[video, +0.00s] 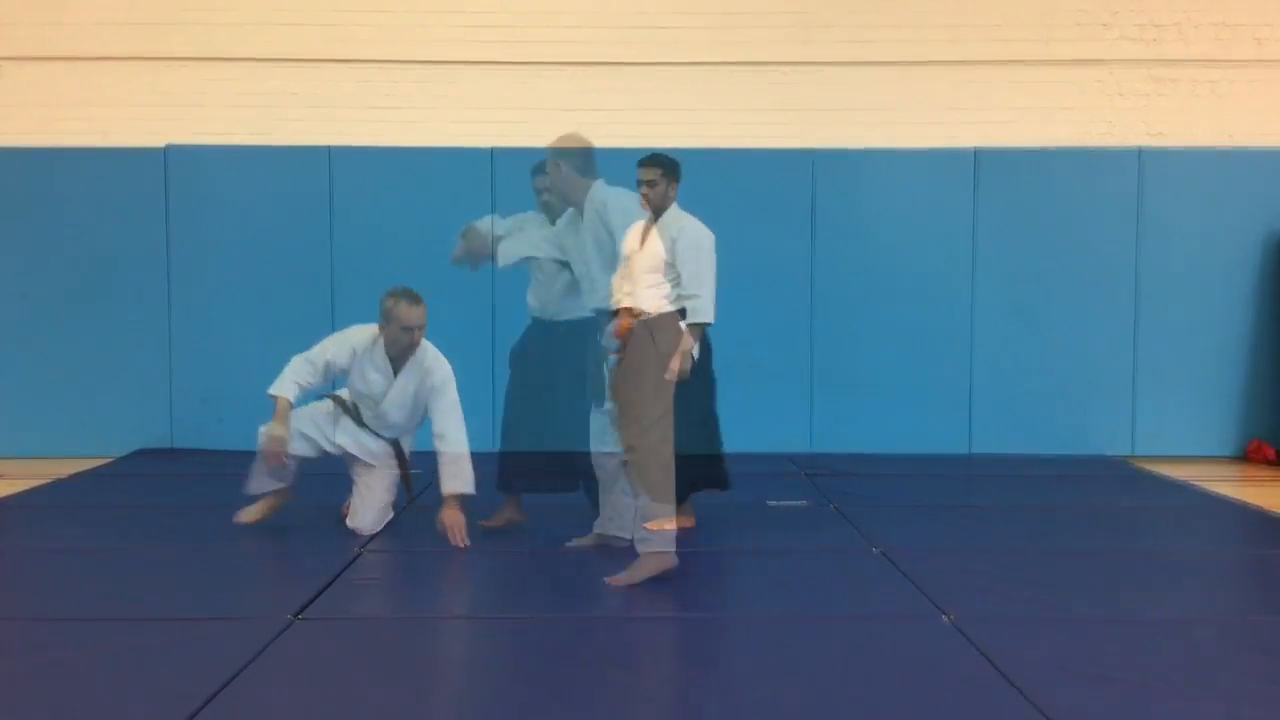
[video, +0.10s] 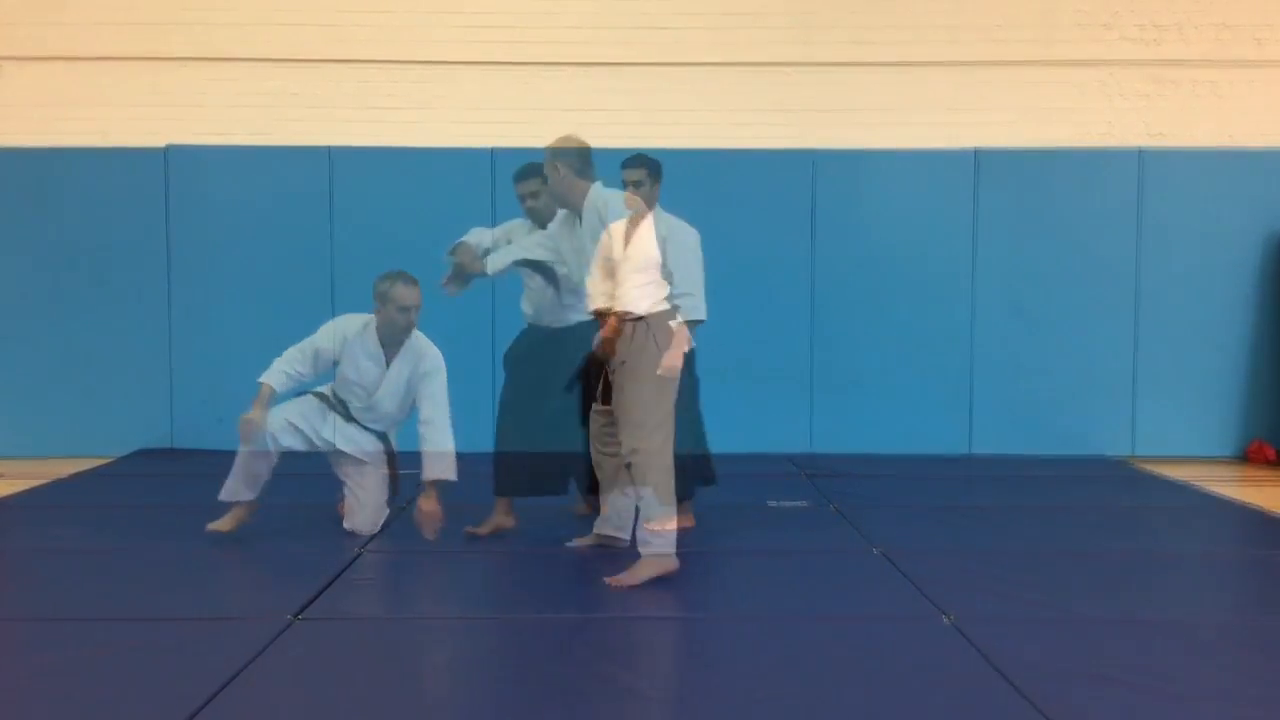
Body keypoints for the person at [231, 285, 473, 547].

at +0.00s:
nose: (416, 338)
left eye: (421, 329)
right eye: (407, 330)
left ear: (426, 326)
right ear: (384, 327)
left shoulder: (435, 369)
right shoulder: (358, 342)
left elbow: (450, 433)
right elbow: (303, 368)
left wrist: (452, 502)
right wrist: (280, 423)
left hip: (385, 448)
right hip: (342, 418)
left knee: (365, 525)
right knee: (275, 434)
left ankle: (355, 504)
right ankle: (278, 494)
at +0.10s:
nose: (411, 319)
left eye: (416, 310)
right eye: (403, 310)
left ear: (420, 310)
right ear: (379, 309)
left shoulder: (427, 358)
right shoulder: (348, 330)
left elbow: (434, 423)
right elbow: (296, 361)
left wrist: (430, 490)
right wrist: (260, 405)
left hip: (370, 440)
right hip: (325, 412)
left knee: (365, 526)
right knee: (261, 427)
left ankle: (349, 503)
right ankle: (243, 507)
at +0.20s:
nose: (405, 305)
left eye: (409, 297)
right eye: (397, 297)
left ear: (412, 297)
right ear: (371, 295)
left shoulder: (416, 350)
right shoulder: (336, 324)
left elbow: (421, 414)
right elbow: (284, 359)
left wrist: (408, 479)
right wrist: (243, 400)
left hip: (356, 436)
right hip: (310, 410)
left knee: (366, 526)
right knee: (255, 430)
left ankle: (342, 500)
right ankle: (228, 517)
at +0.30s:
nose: (389, 289)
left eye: (391, 281)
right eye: (380, 281)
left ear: (395, 284)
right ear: (354, 284)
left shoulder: (400, 338)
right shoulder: (318, 318)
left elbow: (409, 403)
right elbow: (264, 355)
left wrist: (392, 459)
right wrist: (219, 399)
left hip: (340, 430)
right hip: (292, 411)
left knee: (365, 523)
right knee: (243, 446)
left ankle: (339, 505)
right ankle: (225, 521)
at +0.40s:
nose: (363, 274)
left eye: (365, 266)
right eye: (354, 266)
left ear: (368, 271)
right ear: (330, 267)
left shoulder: (379, 322)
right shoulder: (297, 308)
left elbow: (391, 381)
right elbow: (242, 347)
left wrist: (385, 434)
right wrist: (194, 393)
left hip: (328, 424)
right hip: (278, 413)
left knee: (359, 519)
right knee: (231, 457)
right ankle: (224, 530)